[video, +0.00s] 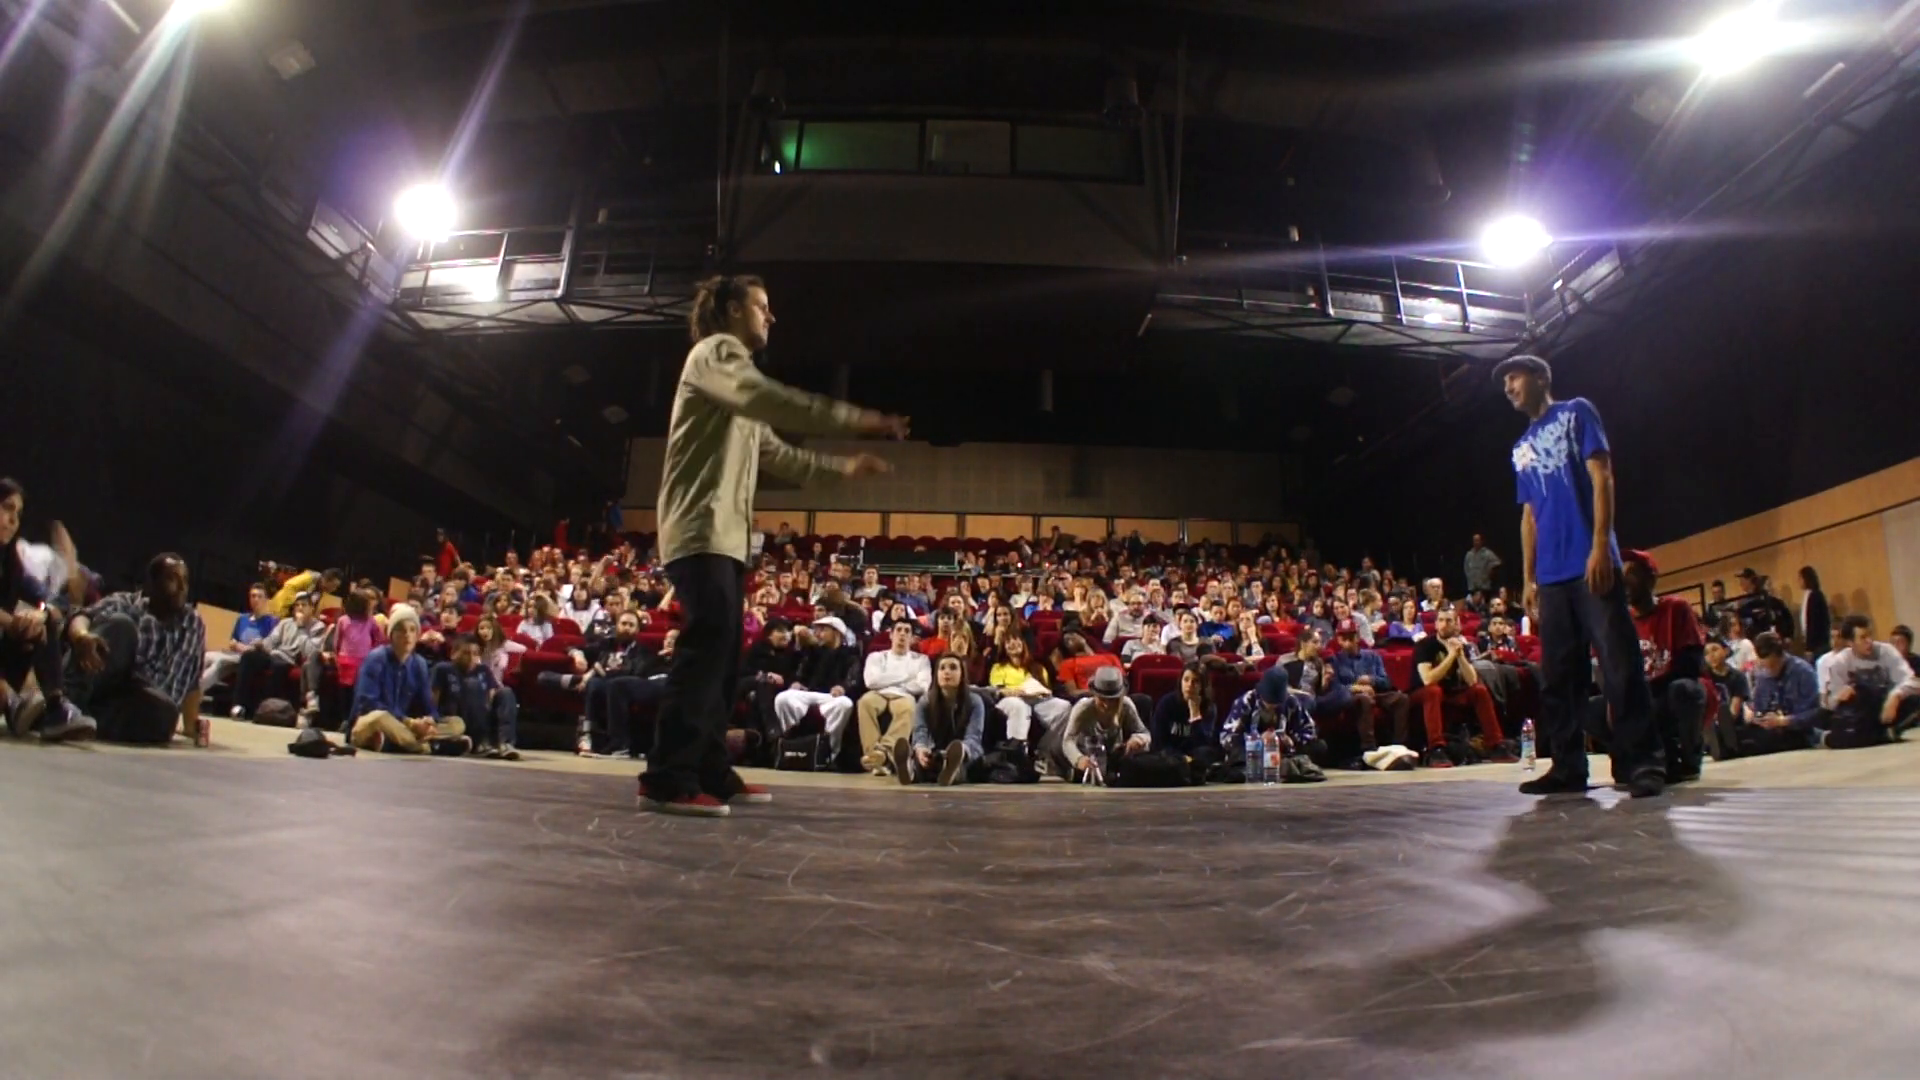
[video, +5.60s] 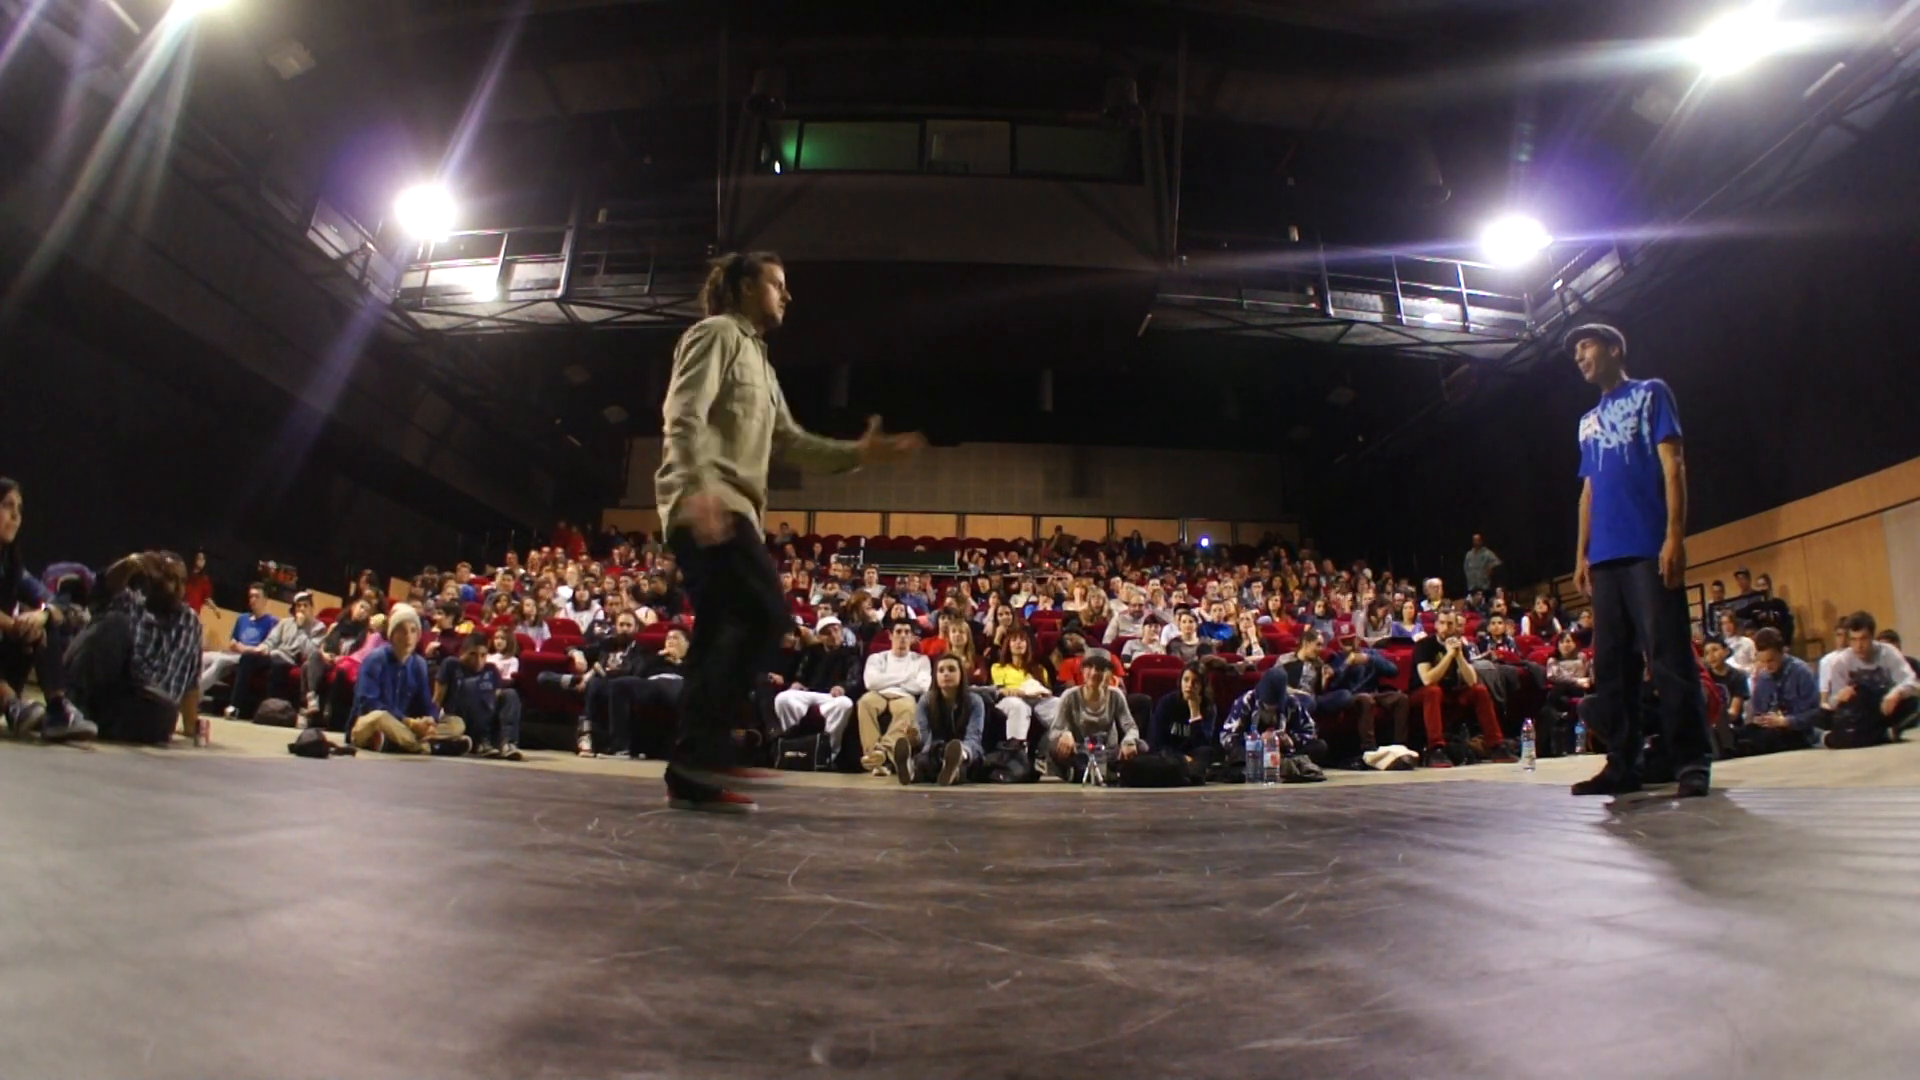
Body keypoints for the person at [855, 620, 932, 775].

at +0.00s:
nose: (902, 634)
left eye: (907, 631)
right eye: (899, 630)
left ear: (912, 638)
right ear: (891, 634)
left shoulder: (921, 659)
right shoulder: (875, 657)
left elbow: (922, 686)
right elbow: (871, 681)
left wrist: (888, 683)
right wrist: (905, 677)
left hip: (904, 694)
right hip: (879, 692)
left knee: (907, 710)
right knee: (865, 703)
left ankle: (884, 750)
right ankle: (875, 760)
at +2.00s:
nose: (903, 635)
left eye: (907, 631)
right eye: (899, 630)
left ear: (912, 638)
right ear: (891, 634)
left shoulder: (921, 659)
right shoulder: (876, 657)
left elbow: (921, 686)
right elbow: (871, 682)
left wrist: (886, 683)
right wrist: (905, 678)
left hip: (904, 694)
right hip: (879, 692)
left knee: (907, 710)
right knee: (865, 703)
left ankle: (884, 750)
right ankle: (876, 761)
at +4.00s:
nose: (903, 636)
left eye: (907, 632)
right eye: (899, 631)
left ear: (912, 637)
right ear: (891, 635)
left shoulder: (921, 659)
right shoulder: (876, 658)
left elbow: (922, 686)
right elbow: (871, 682)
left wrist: (887, 682)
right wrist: (905, 677)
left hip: (904, 694)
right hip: (879, 692)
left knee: (907, 710)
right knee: (865, 703)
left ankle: (884, 750)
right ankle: (875, 761)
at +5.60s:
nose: (903, 636)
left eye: (907, 632)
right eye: (899, 632)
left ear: (912, 638)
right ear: (891, 635)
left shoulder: (921, 659)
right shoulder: (876, 658)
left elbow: (921, 686)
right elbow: (871, 682)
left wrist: (888, 682)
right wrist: (905, 678)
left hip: (904, 694)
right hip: (879, 692)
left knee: (907, 711)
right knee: (865, 703)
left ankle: (883, 750)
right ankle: (876, 762)